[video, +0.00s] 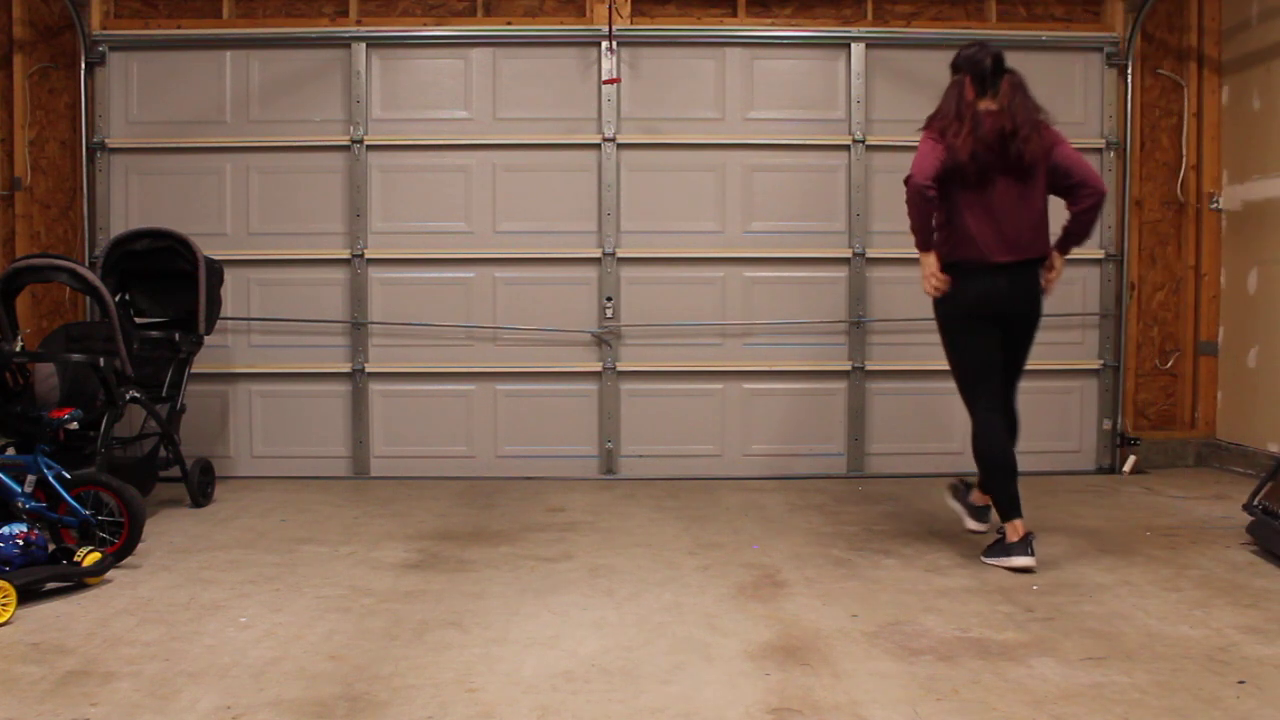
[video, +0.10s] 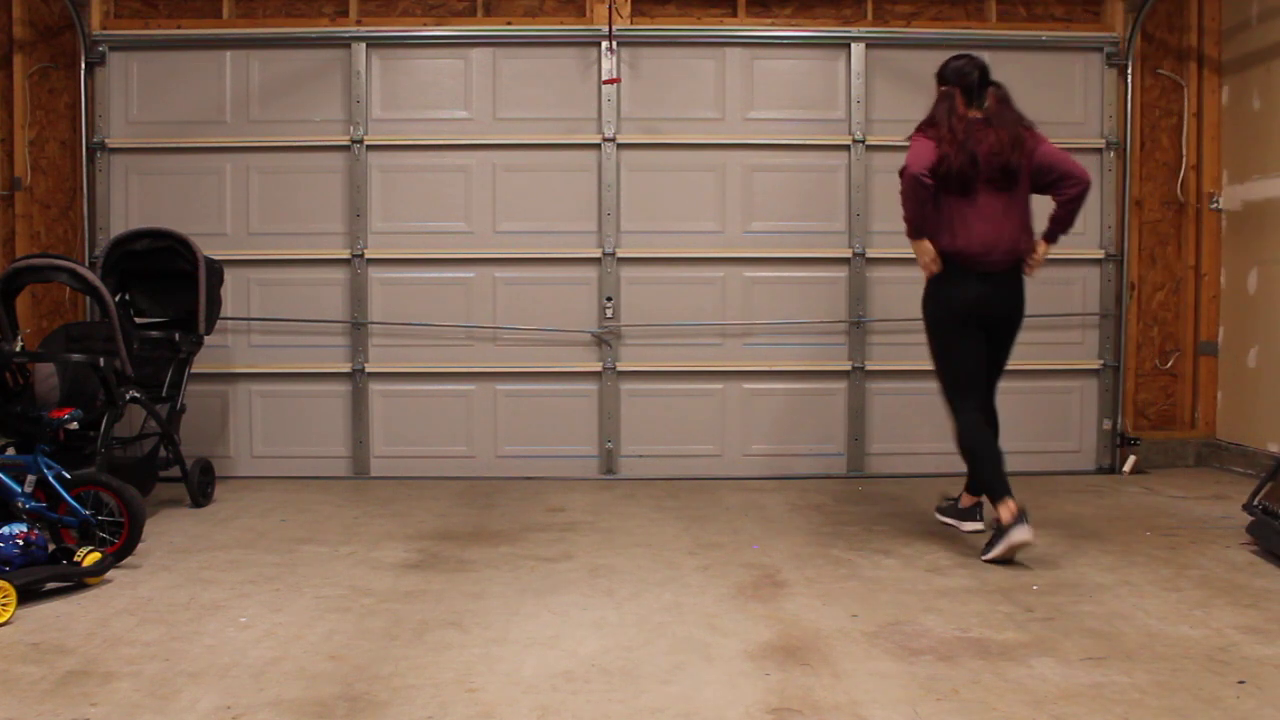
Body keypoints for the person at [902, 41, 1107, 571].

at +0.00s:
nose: (954, 93)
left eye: (955, 85)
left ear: (960, 86)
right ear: (1006, 84)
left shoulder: (944, 131)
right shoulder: (1033, 132)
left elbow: (920, 181)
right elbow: (1090, 188)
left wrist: (925, 250)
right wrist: (1062, 249)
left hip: (964, 285)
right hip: (1023, 283)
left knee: (985, 406)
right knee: (1001, 398)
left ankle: (1016, 534)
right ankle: (982, 497)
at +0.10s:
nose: (936, 98)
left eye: (938, 91)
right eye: (941, 91)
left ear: (945, 94)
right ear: (988, 94)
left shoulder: (933, 134)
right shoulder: (1016, 136)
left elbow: (915, 173)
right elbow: (1076, 180)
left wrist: (917, 236)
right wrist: (1047, 240)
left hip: (951, 286)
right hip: (1006, 285)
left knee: (966, 402)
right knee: (981, 397)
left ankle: (1009, 513)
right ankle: (971, 502)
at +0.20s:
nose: (920, 100)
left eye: (922, 94)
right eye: (924, 93)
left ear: (929, 96)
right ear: (968, 95)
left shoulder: (921, 133)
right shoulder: (998, 133)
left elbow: (908, 169)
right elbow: (1062, 169)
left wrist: (907, 225)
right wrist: (1030, 223)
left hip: (942, 281)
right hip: (991, 280)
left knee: (923, 400)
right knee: (970, 390)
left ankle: (979, 480)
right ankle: (969, 502)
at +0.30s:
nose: (899, 102)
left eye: (901, 95)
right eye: (902, 94)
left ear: (910, 96)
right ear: (946, 95)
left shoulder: (906, 133)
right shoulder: (978, 132)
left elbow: (912, 164)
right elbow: (1042, 162)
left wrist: (907, 222)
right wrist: (1004, 214)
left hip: (929, 276)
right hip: (976, 276)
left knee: (890, 383)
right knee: (963, 389)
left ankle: (943, 475)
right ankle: (968, 507)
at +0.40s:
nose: (877, 106)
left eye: (879, 99)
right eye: (879, 98)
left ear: (887, 100)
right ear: (922, 99)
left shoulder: (892, 135)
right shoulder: (953, 135)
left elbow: (912, 160)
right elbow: (1019, 162)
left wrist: (899, 219)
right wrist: (986, 216)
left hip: (913, 273)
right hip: (958, 274)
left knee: (874, 380)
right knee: (960, 388)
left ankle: (887, 489)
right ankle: (966, 501)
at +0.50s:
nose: (855, 121)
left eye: (857, 113)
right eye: (856, 113)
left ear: (868, 113)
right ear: (898, 112)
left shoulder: (874, 145)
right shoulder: (928, 146)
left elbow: (899, 168)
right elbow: (995, 172)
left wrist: (886, 228)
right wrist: (961, 225)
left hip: (893, 283)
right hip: (937, 280)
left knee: (866, 391)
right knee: (953, 392)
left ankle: (835, 483)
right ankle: (965, 501)